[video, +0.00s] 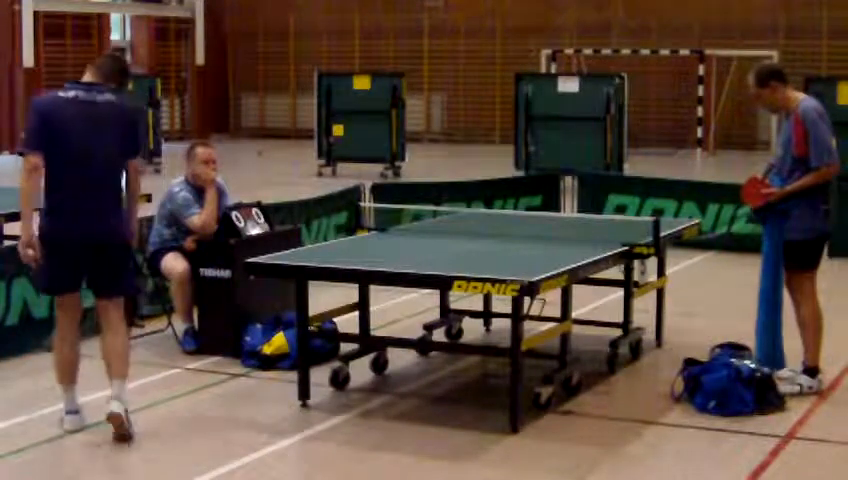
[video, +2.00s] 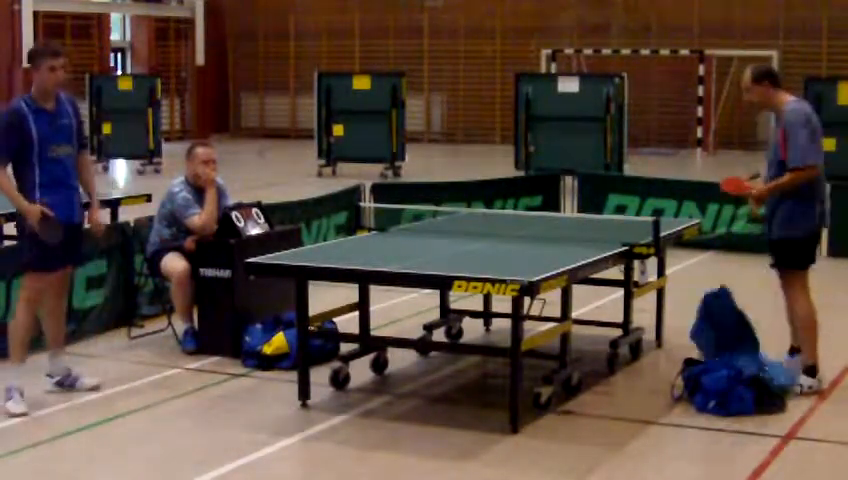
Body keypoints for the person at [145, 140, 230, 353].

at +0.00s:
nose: (212, 168)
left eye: (214, 163)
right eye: (206, 163)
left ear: (217, 164)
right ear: (190, 167)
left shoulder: (217, 187)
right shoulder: (178, 192)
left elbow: (224, 222)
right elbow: (205, 226)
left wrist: (196, 237)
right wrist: (211, 189)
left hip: (199, 240)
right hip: (166, 244)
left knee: (227, 262)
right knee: (181, 270)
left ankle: (221, 320)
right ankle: (188, 327)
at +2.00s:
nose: (211, 168)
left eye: (213, 163)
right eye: (205, 163)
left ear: (217, 165)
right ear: (190, 166)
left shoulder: (217, 187)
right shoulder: (178, 192)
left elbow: (225, 223)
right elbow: (205, 227)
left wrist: (197, 237)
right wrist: (211, 189)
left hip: (199, 241)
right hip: (166, 245)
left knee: (227, 263)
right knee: (181, 269)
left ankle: (222, 321)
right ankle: (188, 327)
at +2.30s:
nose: (211, 168)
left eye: (213, 163)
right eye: (205, 163)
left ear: (217, 164)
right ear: (190, 166)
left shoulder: (217, 187)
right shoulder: (178, 192)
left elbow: (225, 223)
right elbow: (205, 227)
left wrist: (197, 238)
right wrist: (211, 189)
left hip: (199, 241)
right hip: (165, 245)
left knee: (227, 262)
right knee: (181, 269)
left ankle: (222, 322)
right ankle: (188, 328)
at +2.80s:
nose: (212, 168)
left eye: (214, 163)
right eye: (206, 163)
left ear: (216, 165)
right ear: (191, 166)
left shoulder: (217, 187)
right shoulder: (178, 192)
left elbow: (227, 222)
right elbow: (206, 227)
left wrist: (196, 238)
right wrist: (211, 188)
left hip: (199, 241)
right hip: (165, 245)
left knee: (228, 262)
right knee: (181, 269)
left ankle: (223, 322)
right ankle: (188, 327)